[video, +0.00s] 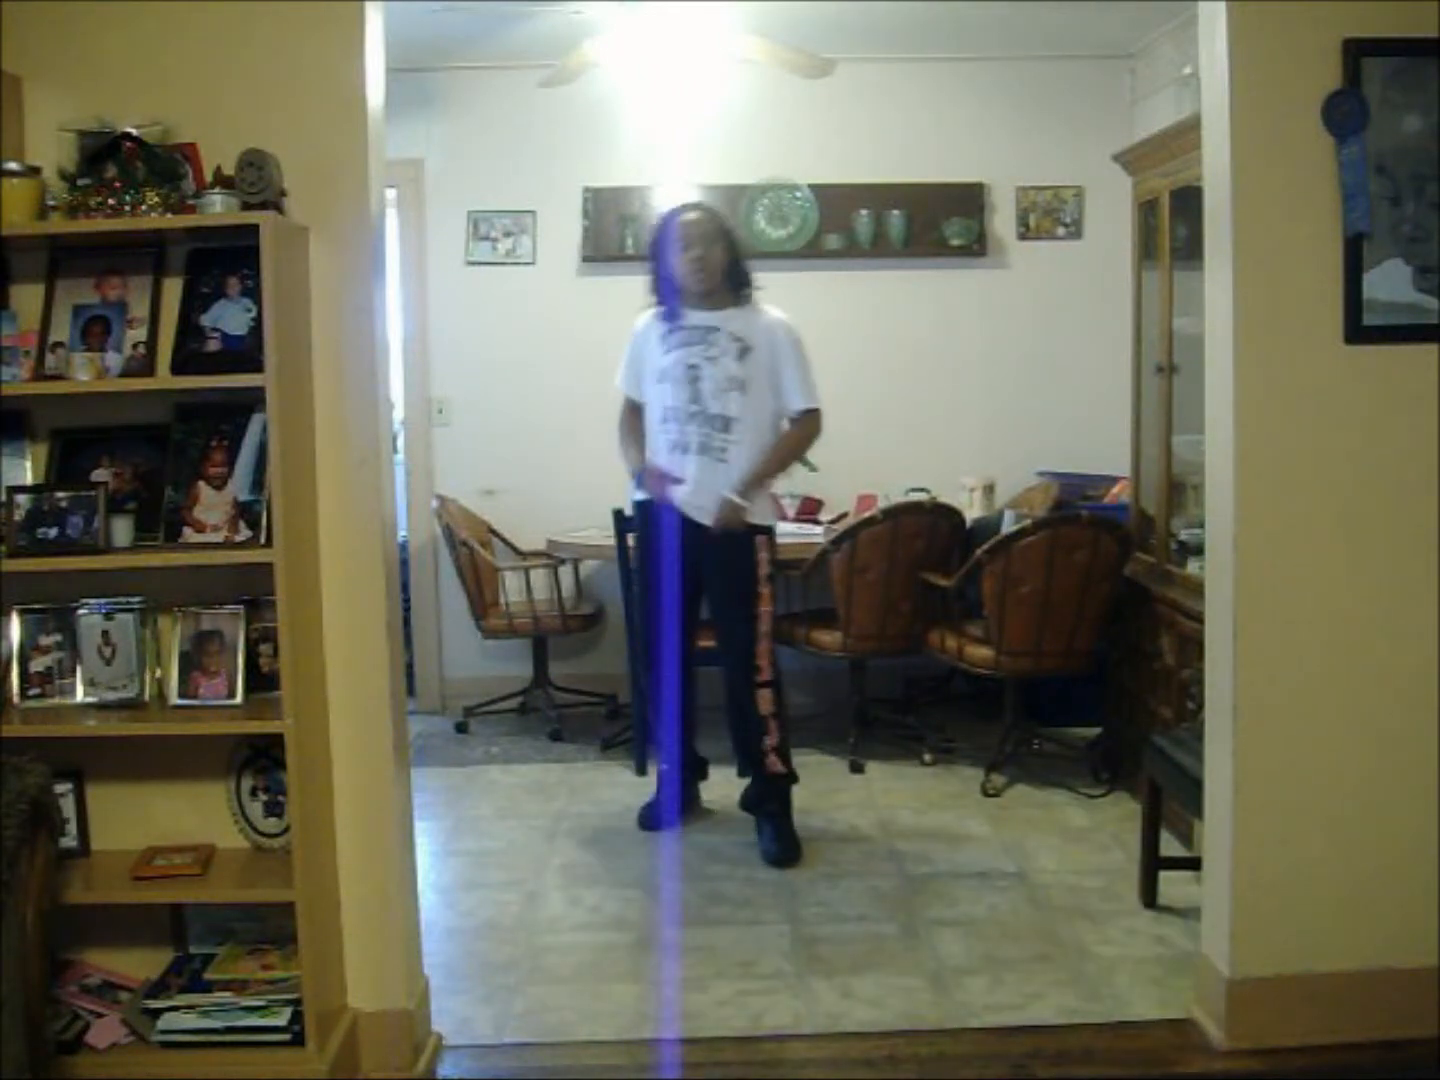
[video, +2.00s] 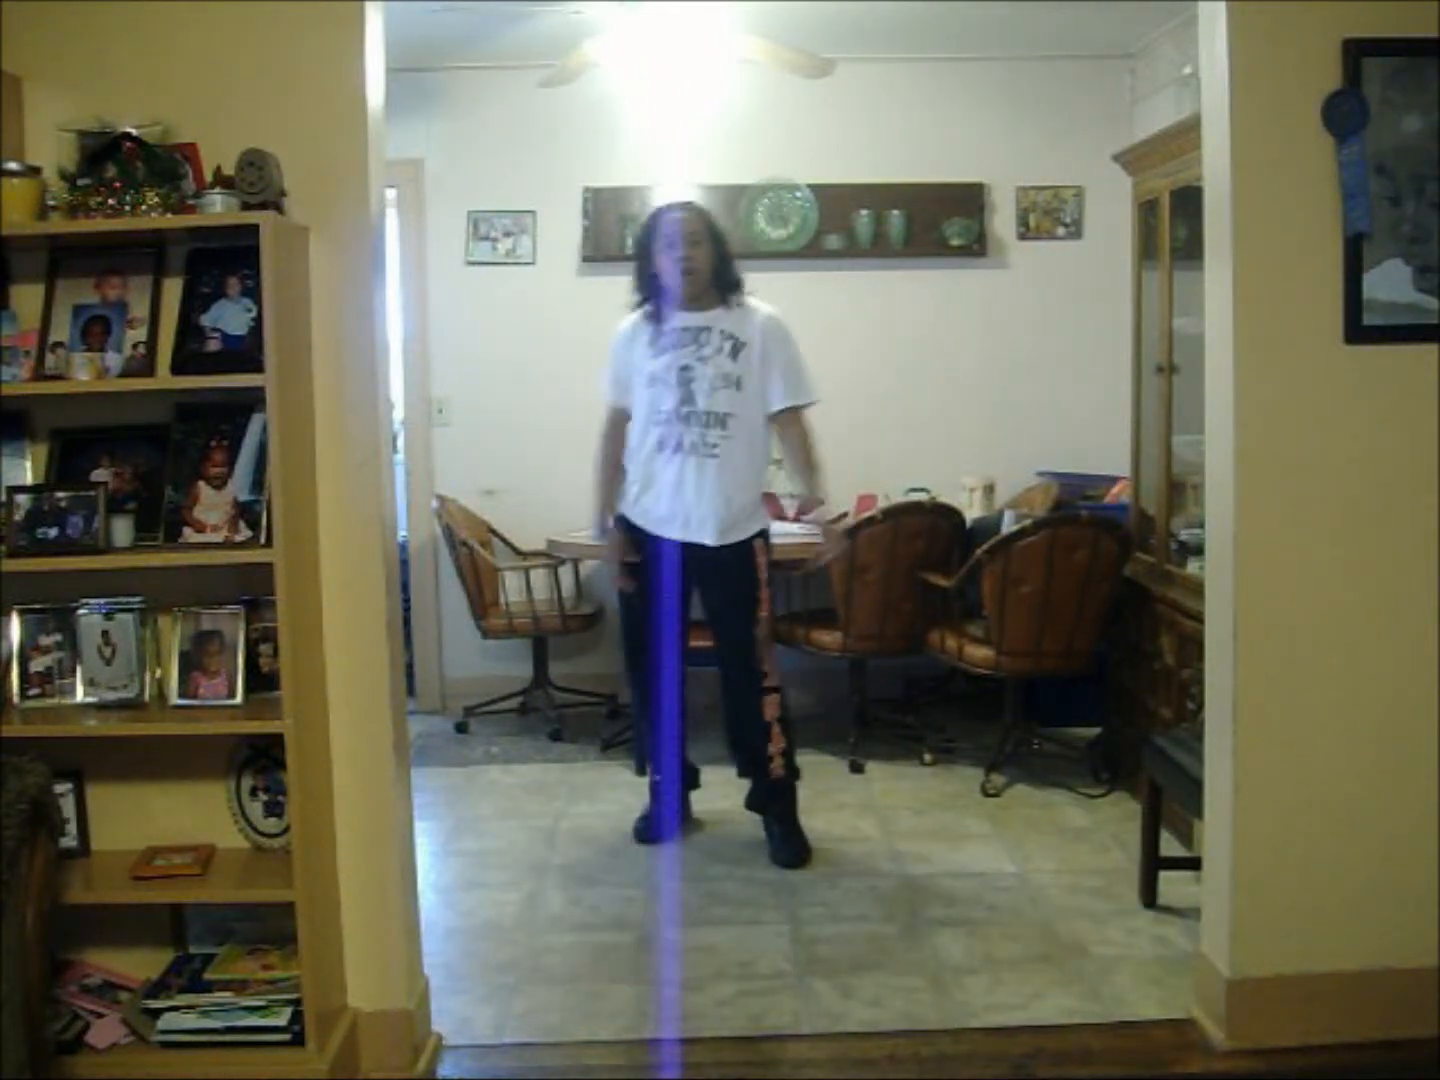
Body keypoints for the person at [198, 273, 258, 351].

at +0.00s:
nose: (233, 288)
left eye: (235, 285)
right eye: (230, 285)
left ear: (240, 287)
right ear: (225, 287)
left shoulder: (247, 303)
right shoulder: (222, 304)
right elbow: (205, 320)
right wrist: (210, 334)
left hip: (244, 338)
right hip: (225, 337)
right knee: (212, 341)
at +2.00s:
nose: (233, 288)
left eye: (236, 285)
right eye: (230, 285)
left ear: (240, 287)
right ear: (225, 287)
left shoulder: (247, 303)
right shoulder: (221, 304)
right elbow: (205, 320)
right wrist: (210, 335)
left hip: (243, 338)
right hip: (224, 338)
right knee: (212, 340)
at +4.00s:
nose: (233, 289)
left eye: (235, 285)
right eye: (230, 286)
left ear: (240, 287)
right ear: (226, 288)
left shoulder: (247, 304)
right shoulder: (221, 304)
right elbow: (205, 320)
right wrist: (210, 335)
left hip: (244, 338)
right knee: (212, 342)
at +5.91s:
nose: (234, 289)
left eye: (236, 286)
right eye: (230, 287)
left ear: (240, 288)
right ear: (226, 289)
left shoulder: (247, 304)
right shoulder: (221, 304)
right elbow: (205, 320)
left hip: (244, 338)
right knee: (212, 341)